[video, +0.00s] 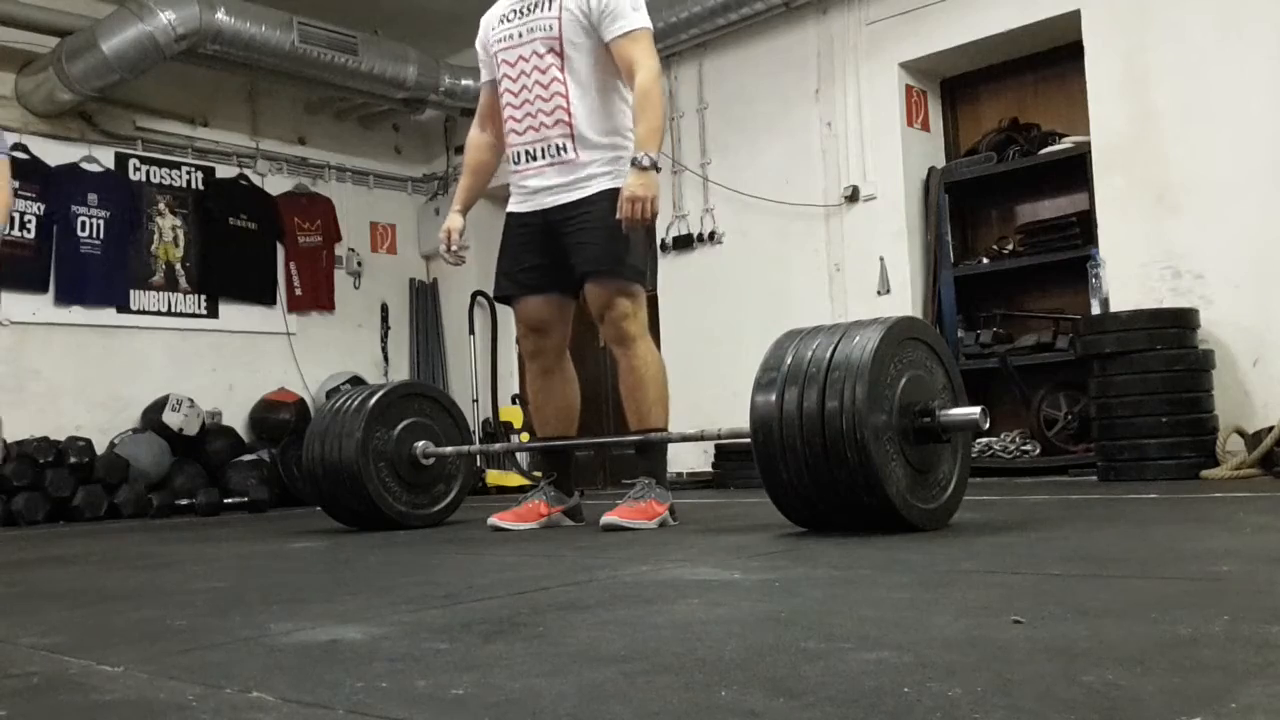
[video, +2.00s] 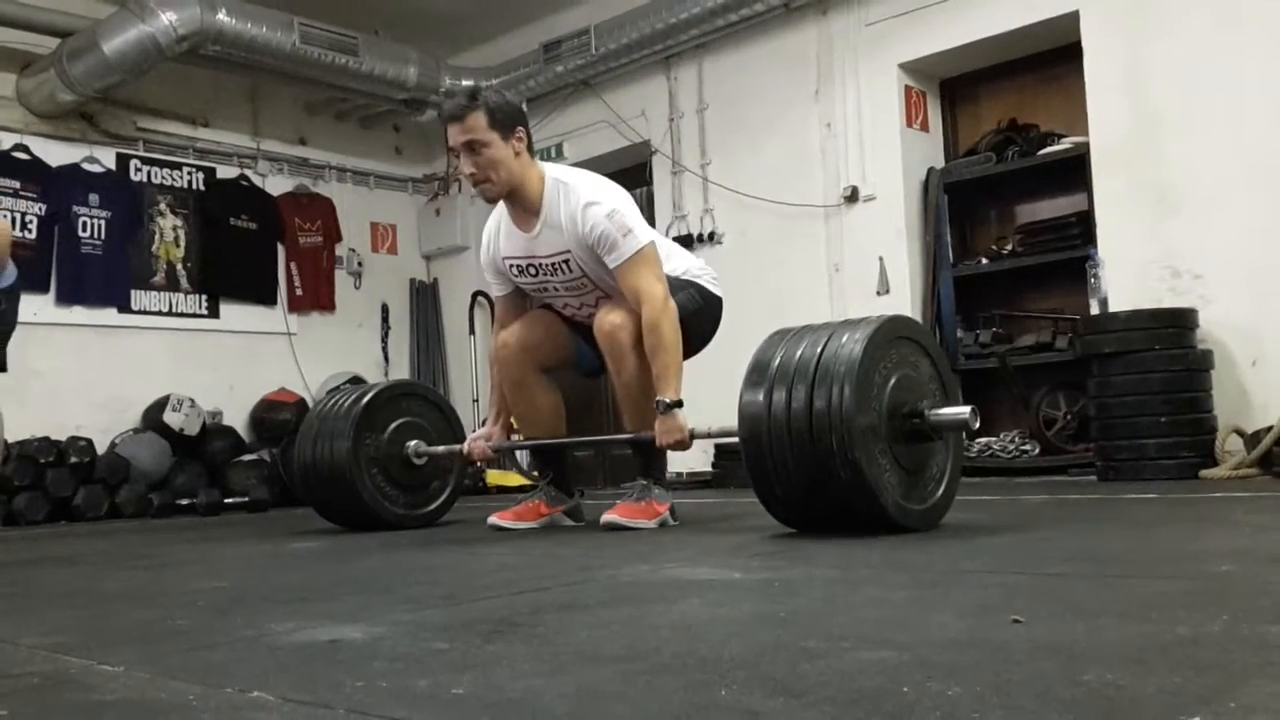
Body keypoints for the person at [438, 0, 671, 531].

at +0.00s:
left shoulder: (598, 0)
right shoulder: (492, 23)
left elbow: (645, 71)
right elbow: (487, 128)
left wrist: (644, 165)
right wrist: (458, 208)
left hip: (602, 184)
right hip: (529, 199)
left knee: (621, 321)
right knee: (537, 336)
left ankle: (652, 485)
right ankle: (557, 490)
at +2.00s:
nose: (467, 168)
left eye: (476, 148)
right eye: (457, 156)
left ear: (518, 141)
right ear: (452, 160)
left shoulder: (594, 205)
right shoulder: (495, 239)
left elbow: (654, 300)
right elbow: (508, 334)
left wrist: (669, 406)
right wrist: (497, 422)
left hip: (684, 297)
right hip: (597, 321)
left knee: (613, 326)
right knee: (511, 348)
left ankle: (651, 489)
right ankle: (557, 494)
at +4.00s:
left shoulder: (648, 11)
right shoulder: (553, 43)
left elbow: (659, 93)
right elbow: (527, 138)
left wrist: (663, 171)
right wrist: (488, 224)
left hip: (615, 185)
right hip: (542, 198)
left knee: (632, 322)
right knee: (549, 335)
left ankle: (652, 488)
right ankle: (558, 492)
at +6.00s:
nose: (455, 193)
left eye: (459, 175)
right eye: (443, 184)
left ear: (497, 152)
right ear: (438, 185)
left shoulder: (584, 196)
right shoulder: (490, 237)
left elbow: (649, 298)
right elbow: (505, 328)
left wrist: (676, 402)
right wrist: (499, 418)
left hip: (676, 245)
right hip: (597, 278)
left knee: (631, 316)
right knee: (528, 341)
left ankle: (656, 490)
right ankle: (558, 493)